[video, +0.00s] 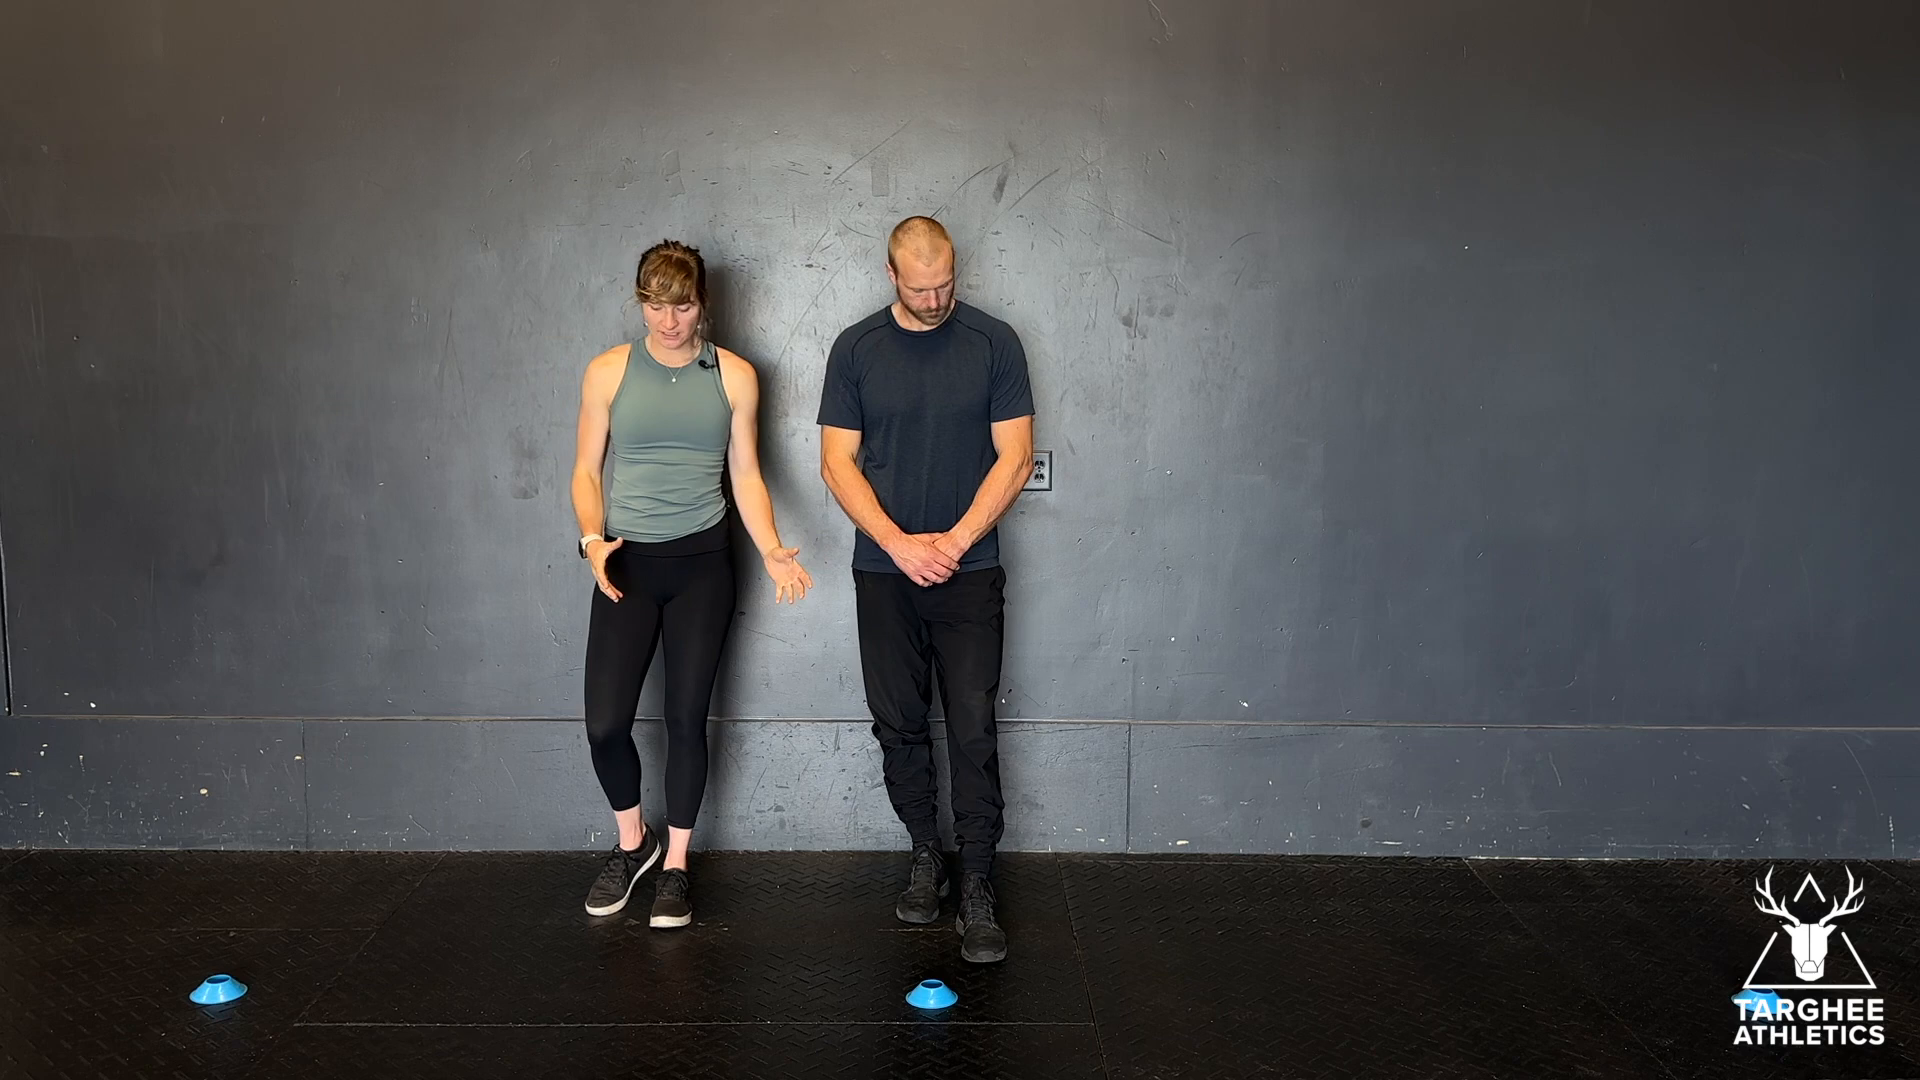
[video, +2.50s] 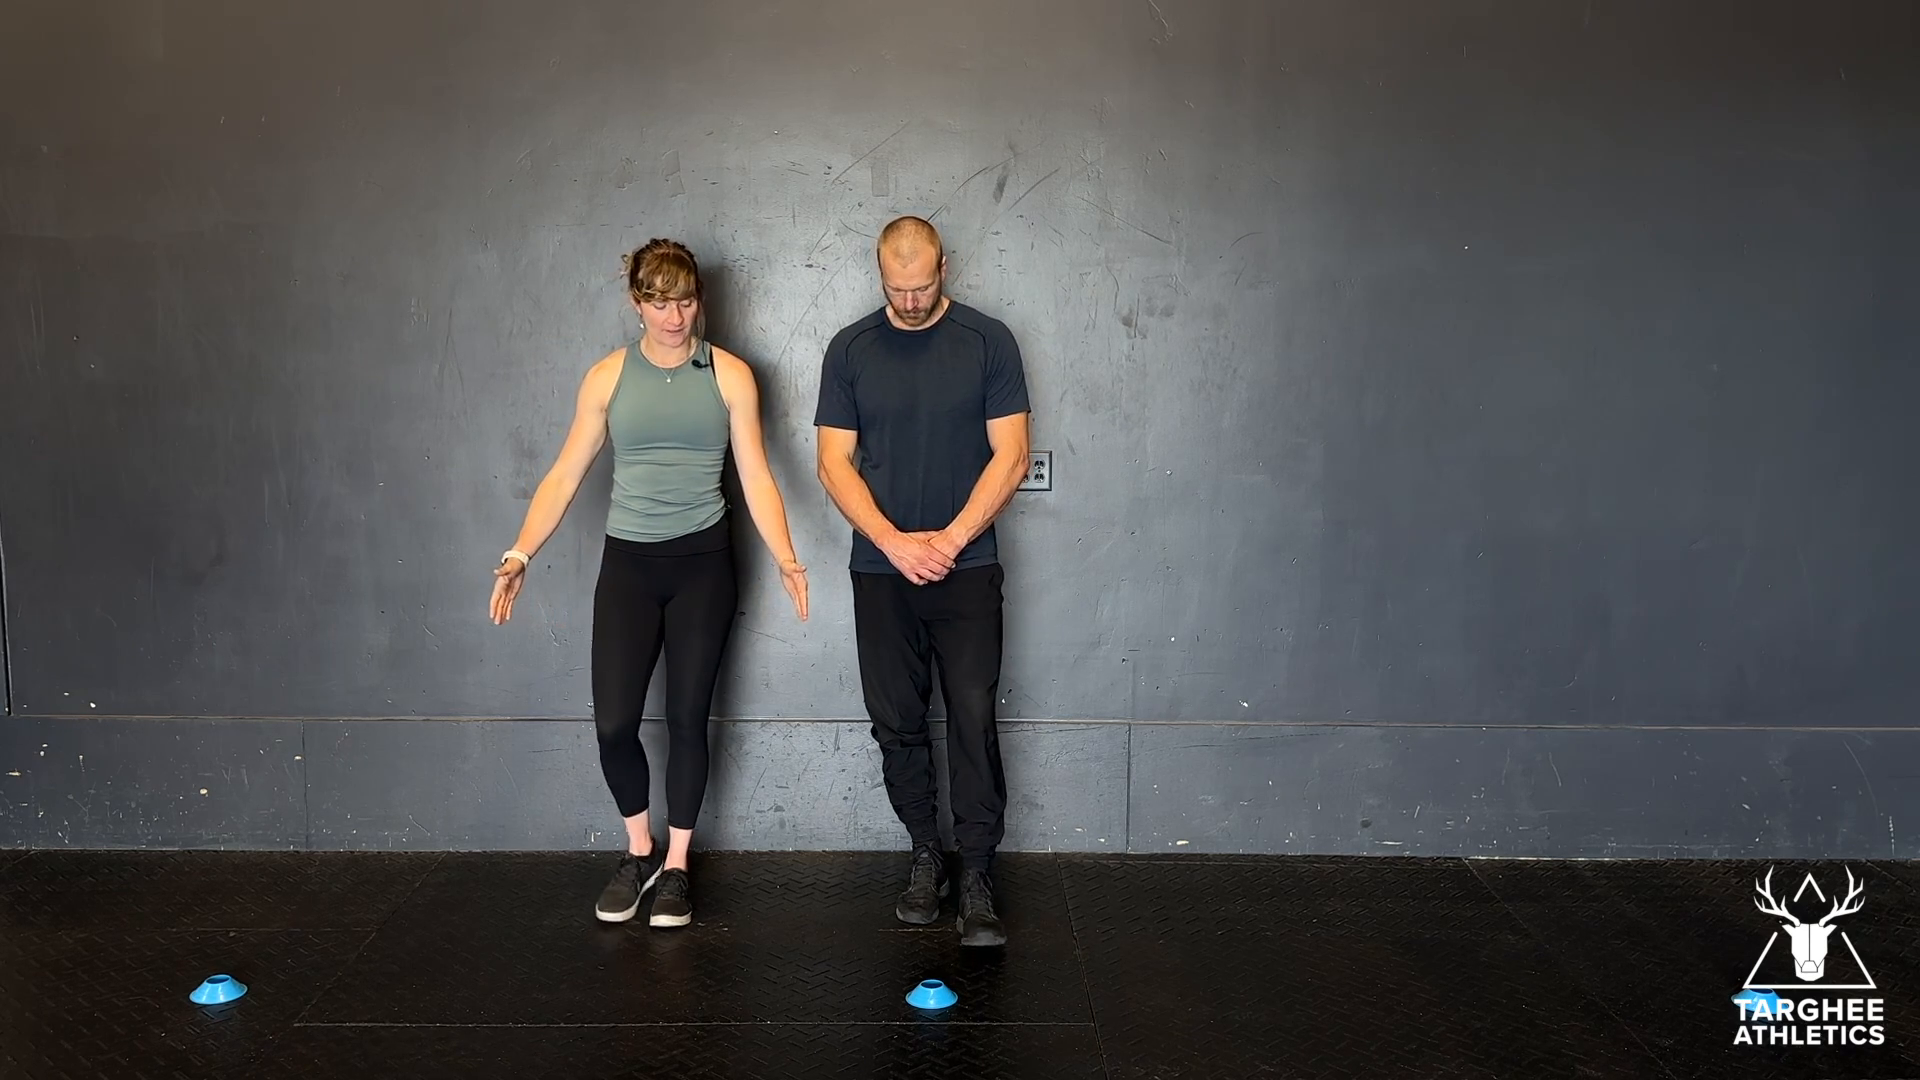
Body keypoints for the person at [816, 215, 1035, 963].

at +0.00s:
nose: (936, 295)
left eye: (945, 281)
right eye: (922, 285)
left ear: (954, 267)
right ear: (893, 274)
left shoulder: (992, 343)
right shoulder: (856, 348)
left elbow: (1016, 460)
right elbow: (836, 464)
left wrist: (954, 541)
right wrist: (896, 541)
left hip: (968, 570)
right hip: (885, 571)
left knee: (972, 731)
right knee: (899, 726)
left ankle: (977, 884)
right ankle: (928, 856)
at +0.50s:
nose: (934, 295)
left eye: (945, 283)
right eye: (923, 283)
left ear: (957, 271)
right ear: (897, 270)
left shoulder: (993, 344)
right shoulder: (856, 348)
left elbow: (1016, 461)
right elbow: (837, 466)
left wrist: (955, 542)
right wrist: (898, 541)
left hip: (970, 568)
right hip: (886, 570)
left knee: (975, 718)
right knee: (900, 723)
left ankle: (977, 876)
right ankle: (927, 856)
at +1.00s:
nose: (905, 298)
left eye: (917, 286)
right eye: (895, 285)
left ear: (946, 270)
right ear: (882, 272)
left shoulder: (996, 344)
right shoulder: (859, 348)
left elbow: (1018, 462)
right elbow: (837, 462)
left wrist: (953, 541)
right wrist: (894, 539)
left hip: (971, 567)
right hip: (885, 567)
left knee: (977, 722)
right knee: (900, 723)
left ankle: (977, 875)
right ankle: (929, 856)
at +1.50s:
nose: (900, 300)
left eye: (911, 287)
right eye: (888, 288)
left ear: (937, 270)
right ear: (872, 277)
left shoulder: (988, 342)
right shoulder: (852, 351)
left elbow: (1014, 459)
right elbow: (834, 467)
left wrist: (950, 541)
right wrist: (890, 541)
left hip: (968, 572)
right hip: (883, 573)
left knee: (974, 727)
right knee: (897, 728)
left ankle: (977, 884)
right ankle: (929, 858)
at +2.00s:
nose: (899, 304)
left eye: (911, 292)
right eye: (889, 292)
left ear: (938, 274)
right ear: (874, 278)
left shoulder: (988, 343)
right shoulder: (851, 348)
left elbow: (1011, 461)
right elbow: (830, 461)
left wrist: (946, 539)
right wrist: (887, 538)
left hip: (963, 564)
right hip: (878, 566)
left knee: (972, 715)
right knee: (895, 721)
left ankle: (975, 870)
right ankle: (926, 855)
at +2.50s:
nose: (910, 299)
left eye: (920, 287)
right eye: (898, 288)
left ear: (941, 270)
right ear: (880, 275)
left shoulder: (987, 341)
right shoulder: (850, 348)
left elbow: (1012, 457)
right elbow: (832, 463)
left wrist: (951, 538)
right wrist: (891, 539)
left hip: (966, 565)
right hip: (881, 566)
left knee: (974, 719)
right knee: (897, 721)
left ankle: (976, 871)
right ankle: (926, 853)